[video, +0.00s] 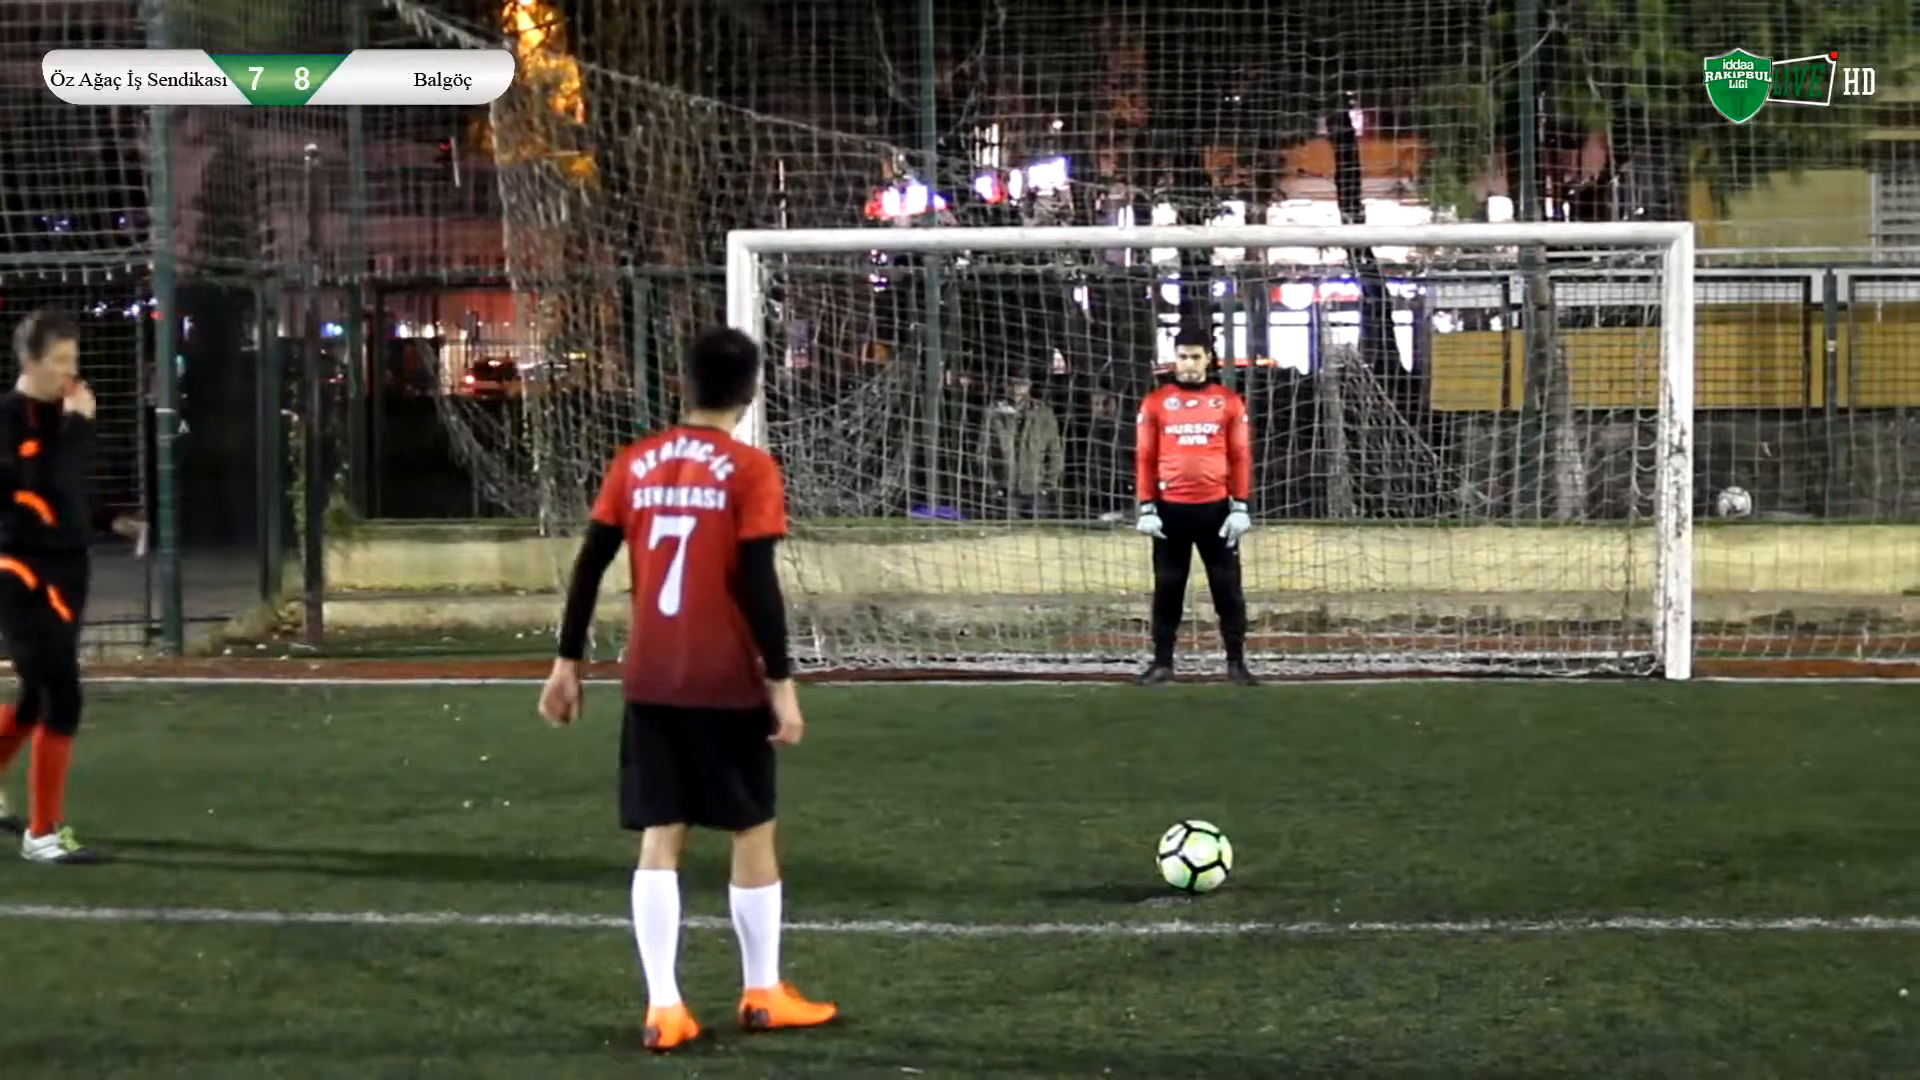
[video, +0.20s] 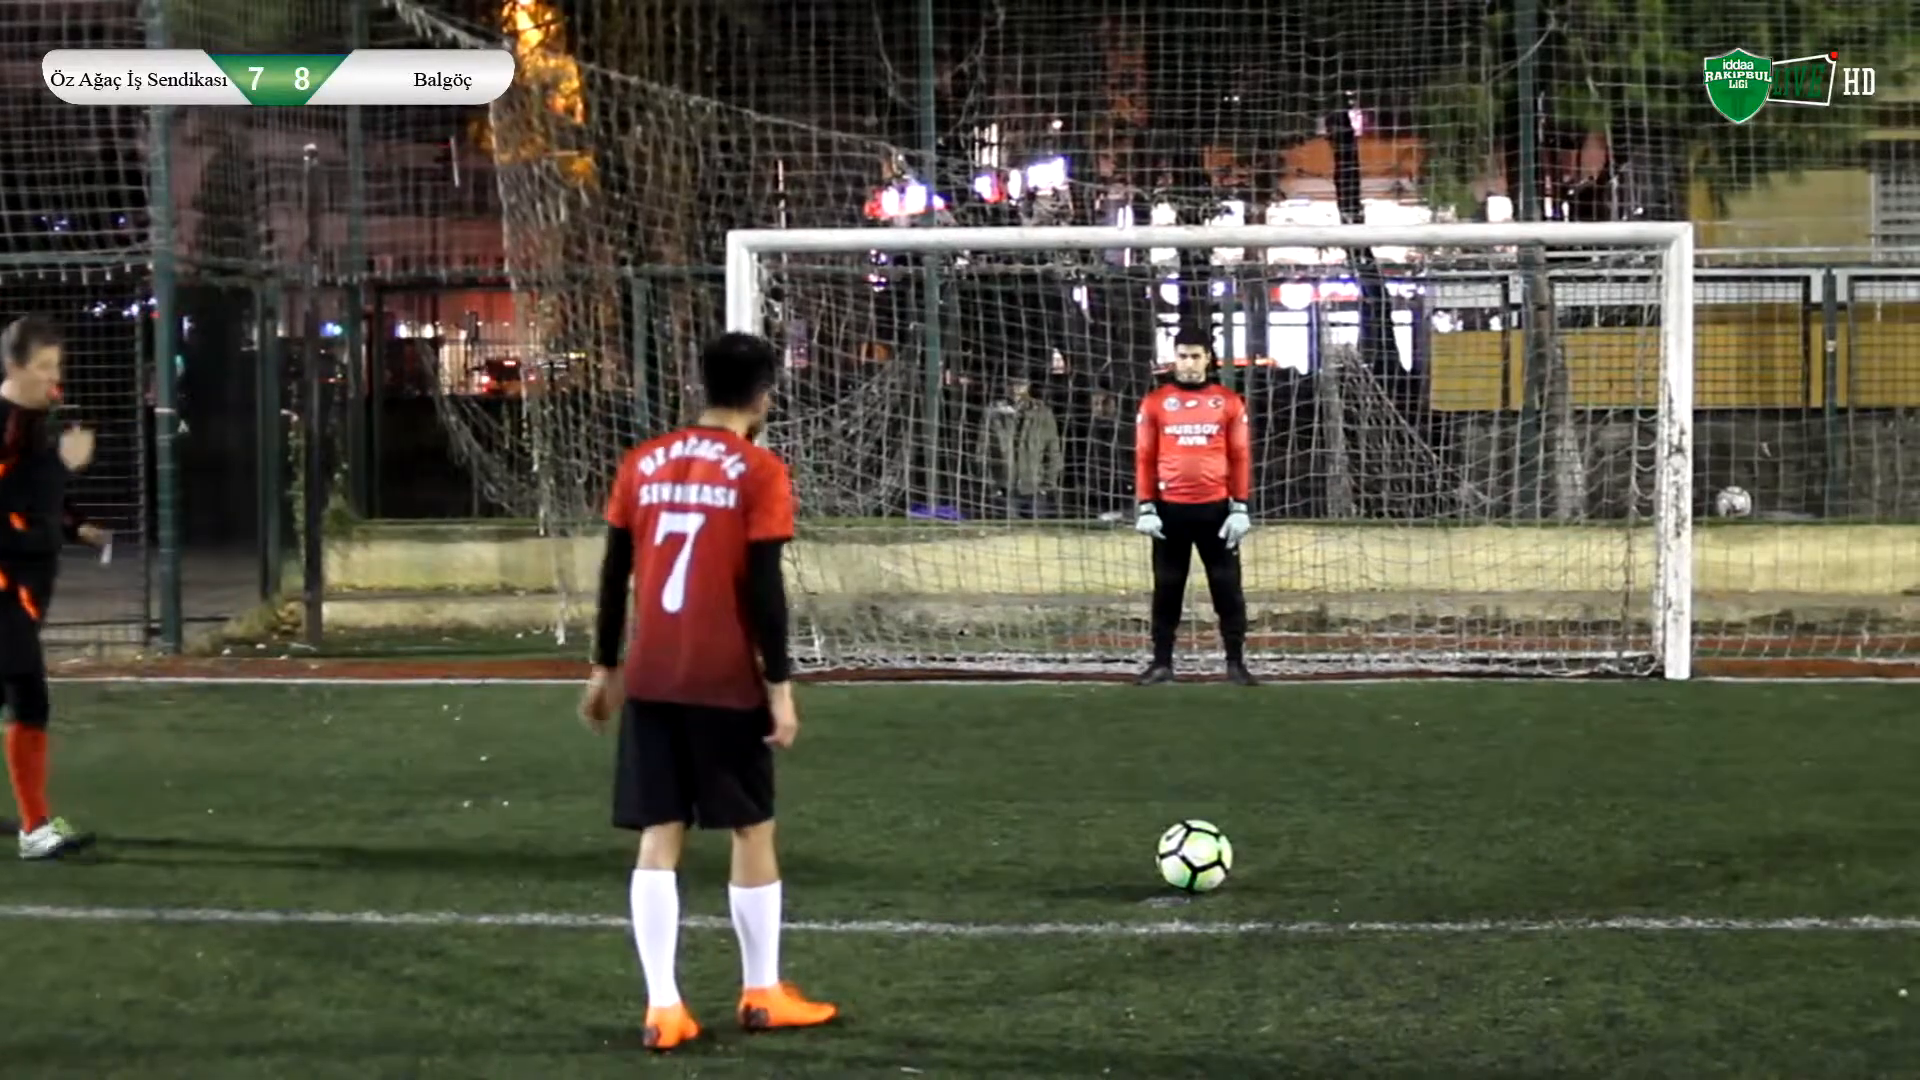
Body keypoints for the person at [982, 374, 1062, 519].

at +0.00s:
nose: (1015, 390)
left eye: (1021, 385)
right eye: (1011, 384)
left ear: (1030, 387)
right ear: (1005, 387)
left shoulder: (1044, 414)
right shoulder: (995, 413)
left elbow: (1055, 451)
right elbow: (983, 452)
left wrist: (1049, 484)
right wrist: (992, 486)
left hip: (1037, 491)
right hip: (1006, 492)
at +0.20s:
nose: (1015, 390)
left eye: (1021, 384)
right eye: (1011, 384)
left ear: (1029, 386)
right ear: (1005, 386)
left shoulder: (1043, 414)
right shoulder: (994, 412)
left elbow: (1054, 452)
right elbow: (983, 452)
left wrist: (1049, 484)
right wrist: (992, 487)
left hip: (1036, 492)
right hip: (1005, 492)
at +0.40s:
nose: (1014, 390)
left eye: (1019, 384)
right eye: (1010, 384)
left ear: (1027, 386)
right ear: (1003, 386)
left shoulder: (1042, 414)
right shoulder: (992, 412)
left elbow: (1052, 452)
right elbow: (982, 452)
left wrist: (1046, 485)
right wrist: (990, 487)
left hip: (1034, 491)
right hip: (1003, 492)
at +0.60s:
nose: (1018, 388)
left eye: (1023, 382)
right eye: (1013, 382)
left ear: (1031, 383)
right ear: (1006, 384)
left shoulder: (1045, 411)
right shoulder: (994, 411)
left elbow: (1055, 450)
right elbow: (985, 450)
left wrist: (1050, 483)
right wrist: (994, 486)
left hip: (1038, 490)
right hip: (1006, 491)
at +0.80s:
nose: (1015, 388)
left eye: (1020, 382)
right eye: (1010, 382)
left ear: (1027, 383)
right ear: (1003, 384)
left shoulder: (1042, 411)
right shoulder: (991, 411)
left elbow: (1052, 450)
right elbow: (982, 449)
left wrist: (1047, 483)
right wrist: (991, 485)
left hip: (1035, 490)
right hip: (1003, 491)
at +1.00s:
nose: (1014, 388)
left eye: (1020, 382)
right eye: (1009, 382)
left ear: (1027, 383)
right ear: (1002, 384)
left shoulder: (1041, 411)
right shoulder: (990, 411)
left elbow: (1051, 450)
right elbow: (981, 450)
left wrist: (1046, 483)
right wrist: (990, 485)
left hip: (1034, 491)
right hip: (1002, 491)